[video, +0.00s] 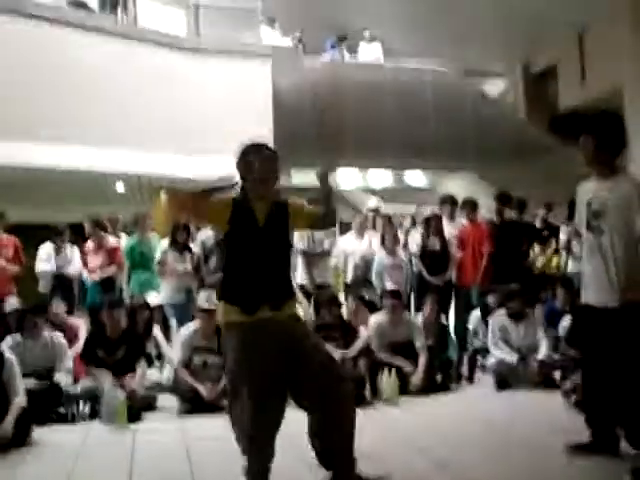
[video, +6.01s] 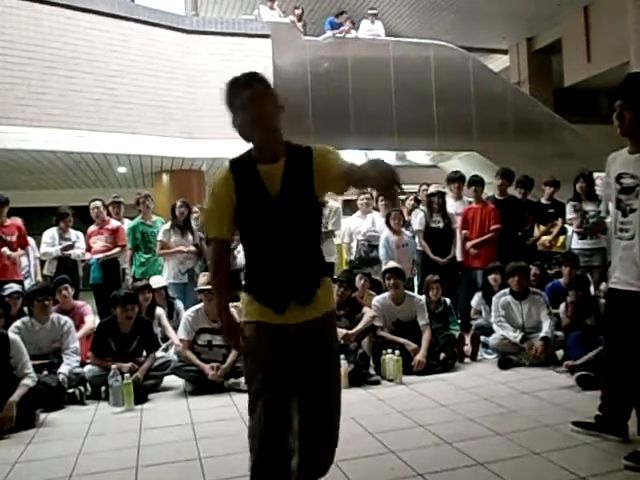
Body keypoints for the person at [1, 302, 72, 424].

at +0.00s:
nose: (33, 329)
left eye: (37, 324)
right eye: (30, 324)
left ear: (45, 324)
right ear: (23, 324)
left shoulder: (57, 342)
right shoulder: (12, 343)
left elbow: (66, 372)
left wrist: (57, 382)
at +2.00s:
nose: (40, 302)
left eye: (42, 298)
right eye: (35, 299)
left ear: (48, 301)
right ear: (26, 304)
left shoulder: (61, 322)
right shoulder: (14, 326)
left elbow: (68, 353)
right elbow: (10, 359)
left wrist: (56, 372)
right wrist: (26, 375)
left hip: (53, 368)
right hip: (27, 371)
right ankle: (67, 394)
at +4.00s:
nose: (40, 303)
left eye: (42, 299)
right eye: (34, 300)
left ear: (47, 301)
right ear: (25, 305)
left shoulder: (60, 321)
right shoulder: (15, 325)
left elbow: (68, 352)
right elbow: (10, 357)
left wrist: (58, 372)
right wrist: (24, 374)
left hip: (53, 367)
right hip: (27, 369)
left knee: (75, 374)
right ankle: (66, 394)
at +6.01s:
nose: (46, 304)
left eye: (48, 300)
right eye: (41, 301)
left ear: (53, 302)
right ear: (31, 305)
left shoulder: (64, 323)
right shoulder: (18, 328)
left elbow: (72, 353)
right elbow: (15, 359)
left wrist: (63, 373)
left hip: (59, 368)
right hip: (33, 372)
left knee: (79, 375)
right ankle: (69, 397)